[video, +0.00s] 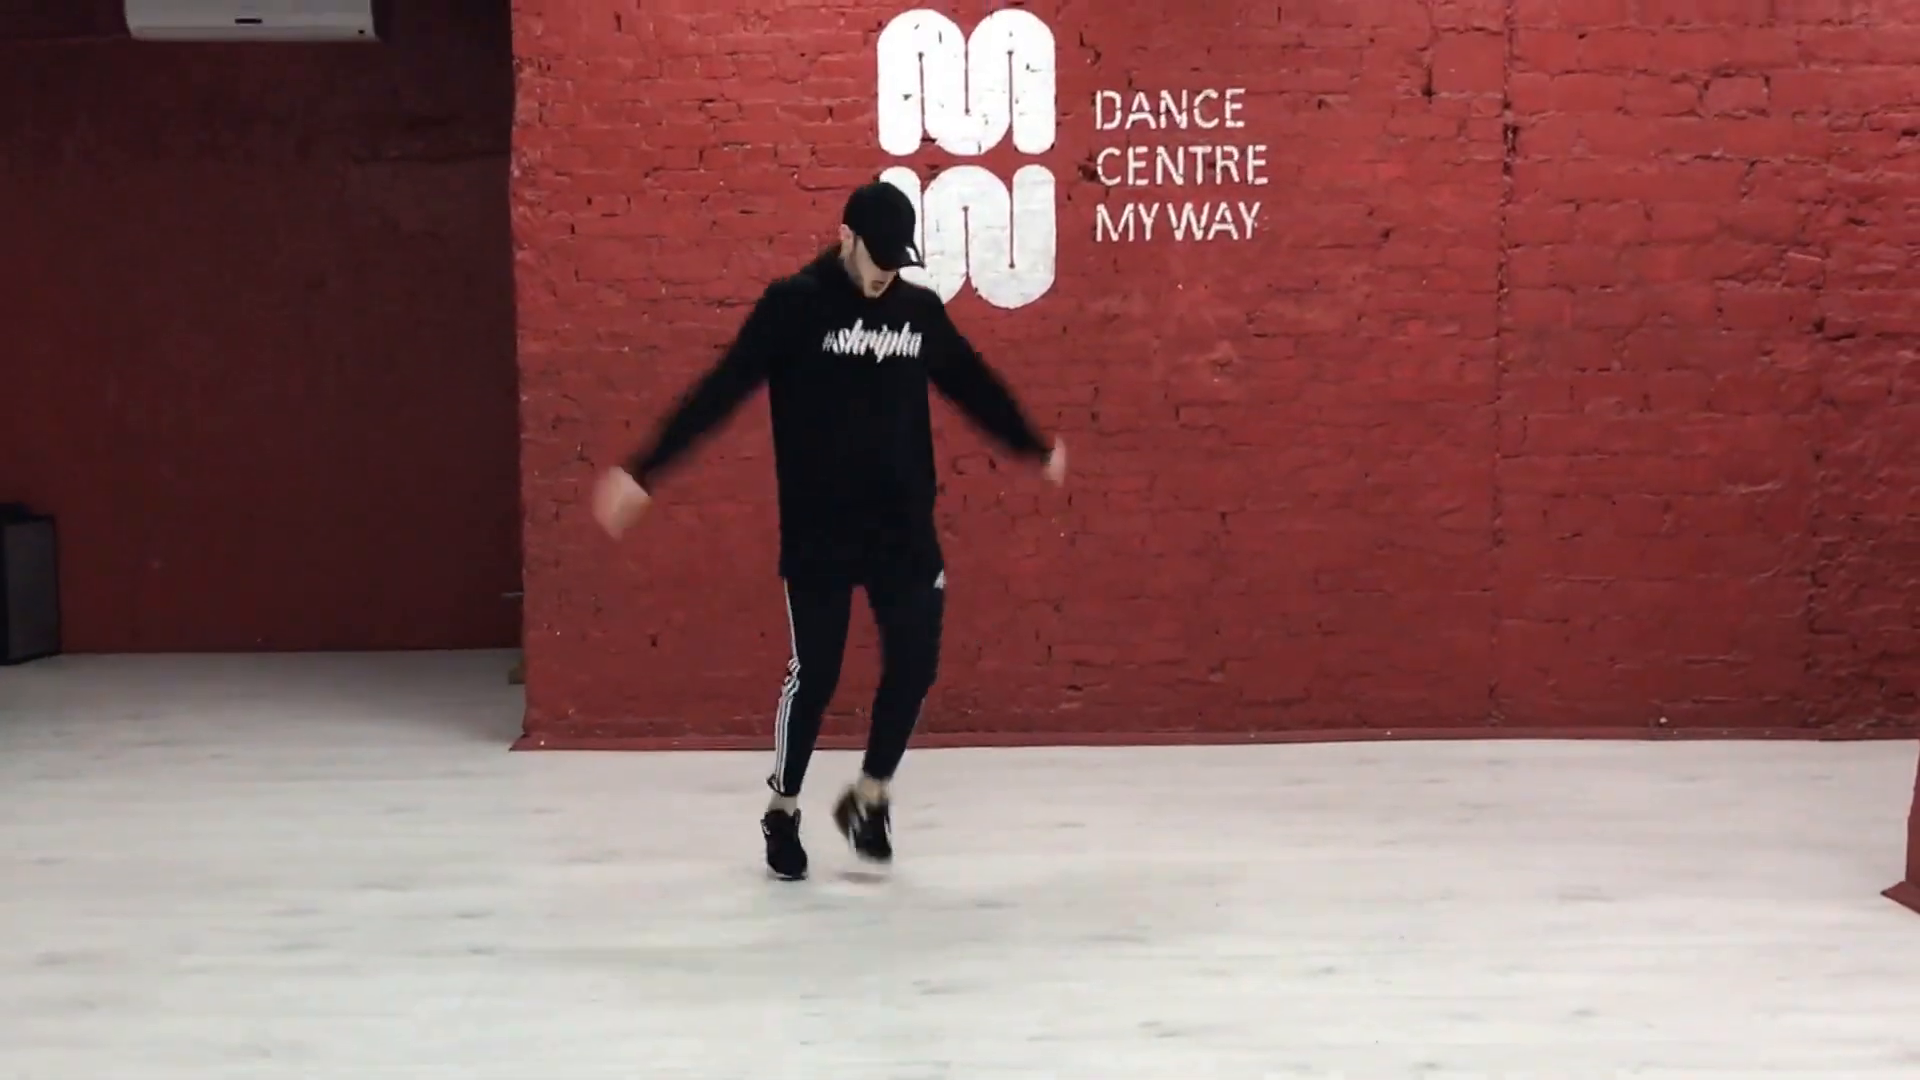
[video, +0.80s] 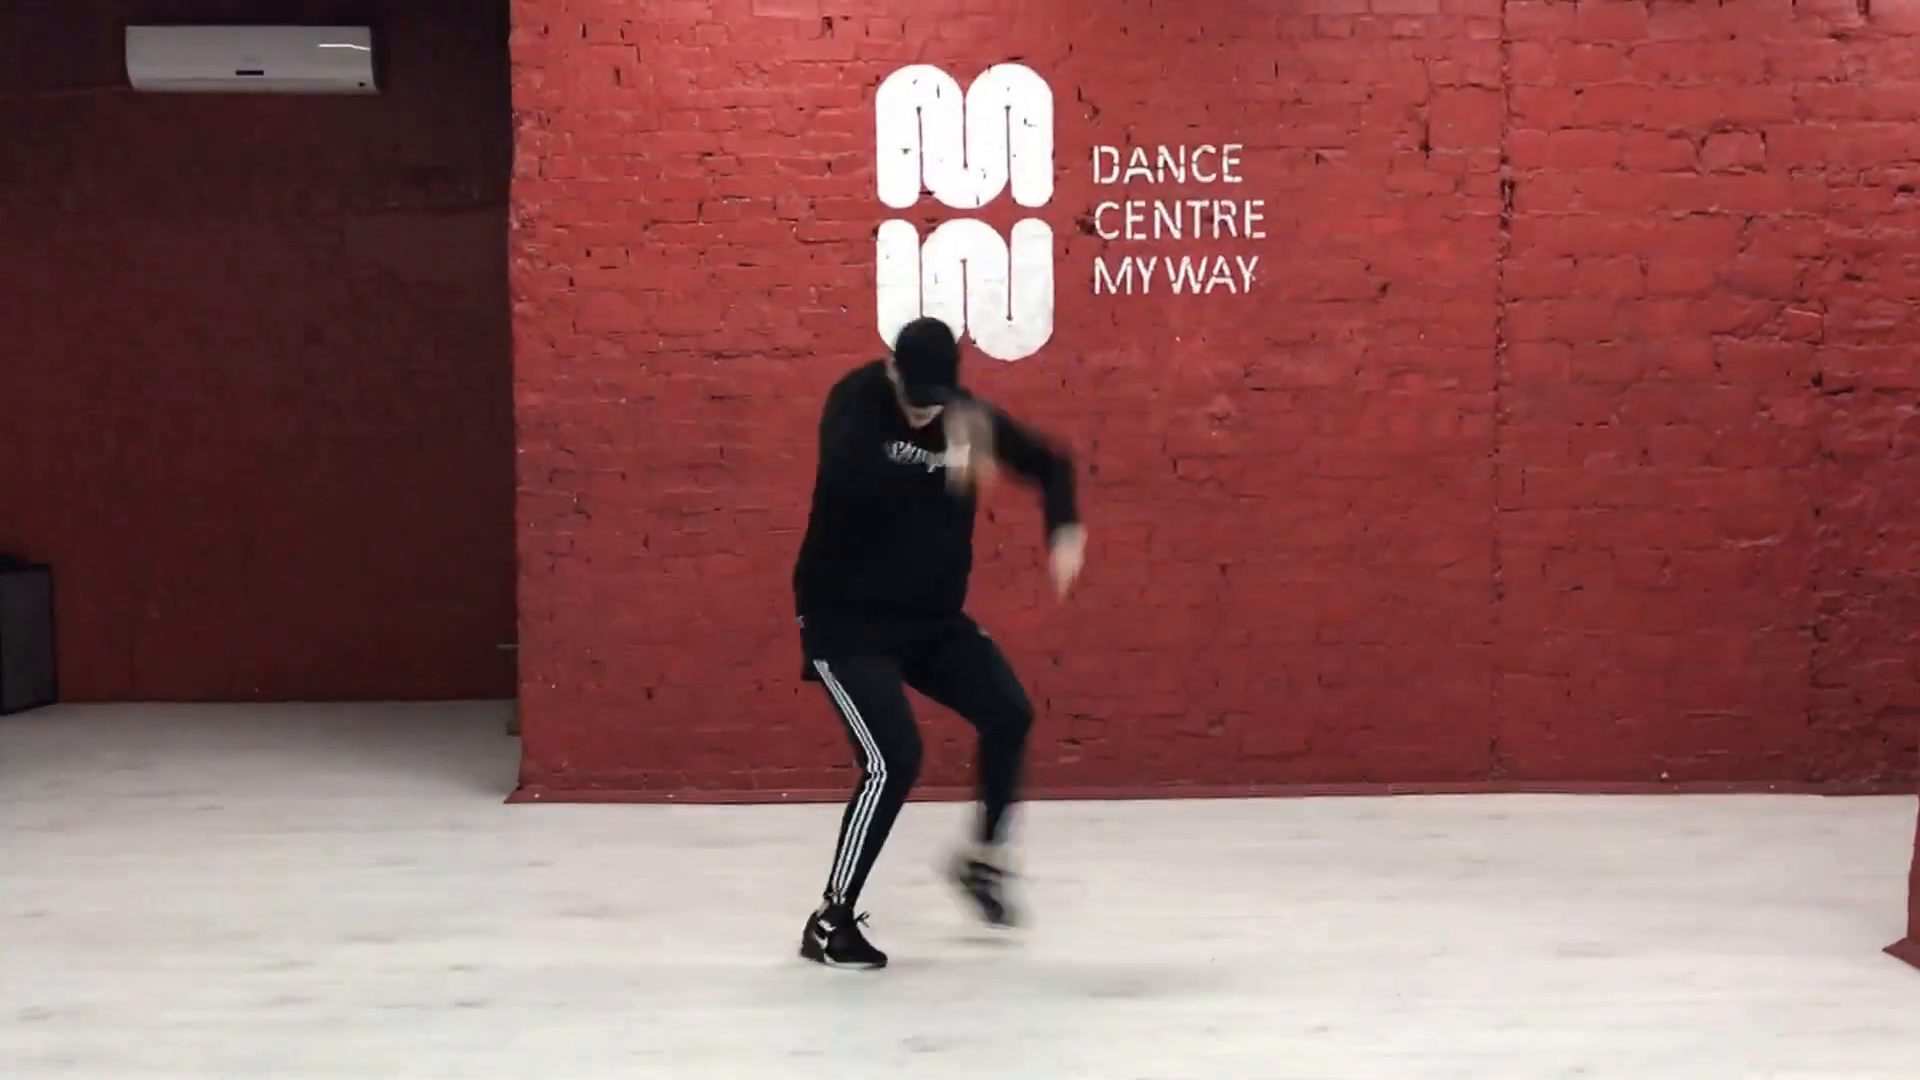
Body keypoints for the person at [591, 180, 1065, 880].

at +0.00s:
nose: (886, 275)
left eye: (897, 261)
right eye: (877, 258)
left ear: (909, 251)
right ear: (846, 238)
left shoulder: (917, 307)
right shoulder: (792, 306)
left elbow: (967, 378)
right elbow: (720, 390)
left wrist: (1030, 442)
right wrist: (644, 470)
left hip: (903, 522)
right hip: (817, 523)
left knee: (914, 663)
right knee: (815, 670)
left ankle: (870, 799)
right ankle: (783, 810)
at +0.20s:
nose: (906, 306)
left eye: (915, 293)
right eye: (895, 291)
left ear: (927, 280)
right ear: (864, 270)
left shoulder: (949, 313)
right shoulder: (809, 317)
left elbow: (1033, 297)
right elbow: (704, 320)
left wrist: (1119, 261)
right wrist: (581, 300)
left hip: (916, 529)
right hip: (837, 533)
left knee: (958, 666)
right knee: (874, 678)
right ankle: (830, 841)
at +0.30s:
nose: (915, 341)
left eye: (924, 328)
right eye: (904, 326)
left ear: (934, 315)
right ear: (871, 309)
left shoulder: (958, 347)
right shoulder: (815, 358)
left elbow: (1042, 314)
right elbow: (710, 357)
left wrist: (1121, 268)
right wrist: (601, 332)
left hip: (932, 570)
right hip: (850, 577)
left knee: (1003, 693)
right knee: (883, 718)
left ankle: (970, 858)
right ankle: (844, 877)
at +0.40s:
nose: (916, 364)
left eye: (926, 353)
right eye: (908, 351)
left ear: (940, 335)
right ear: (877, 326)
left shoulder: (952, 364)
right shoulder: (826, 372)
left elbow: (1029, 356)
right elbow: (763, 391)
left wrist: (1107, 323)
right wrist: (689, 376)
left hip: (957, 580)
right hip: (870, 587)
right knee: (862, 736)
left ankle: (1037, 865)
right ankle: (888, 876)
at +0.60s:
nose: (947, 380)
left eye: (957, 368)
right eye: (938, 366)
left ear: (967, 351)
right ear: (907, 343)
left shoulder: (975, 386)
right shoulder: (854, 384)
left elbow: (1055, 392)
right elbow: (753, 446)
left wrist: (1135, 334)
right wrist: (767, 400)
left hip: (957, 602)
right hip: (879, 609)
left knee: (1031, 723)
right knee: (915, 746)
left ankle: (1064, 890)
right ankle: (846, 892)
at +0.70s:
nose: (951, 412)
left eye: (962, 400)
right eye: (941, 399)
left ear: (976, 377)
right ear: (915, 372)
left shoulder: (987, 404)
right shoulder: (871, 405)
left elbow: (1049, 375)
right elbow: (808, 443)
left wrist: (1090, 356)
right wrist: (849, 353)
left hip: (944, 620)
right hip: (864, 622)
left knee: (1012, 750)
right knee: (930, 758)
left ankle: (1057, 899)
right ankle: (842, 903)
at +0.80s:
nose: (927, 414)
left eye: (938, 404)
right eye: (916, 402)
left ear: (953, 386)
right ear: (893, 378)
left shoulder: (964, 413)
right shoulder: (858, 399)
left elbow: (1048, 461)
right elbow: (852, 468)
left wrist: (1064, 530)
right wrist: (946, 467)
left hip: (928, 621)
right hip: (844, 623)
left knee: (1008, 714)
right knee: (893, 757)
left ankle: (985, 861)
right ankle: (833, 916)